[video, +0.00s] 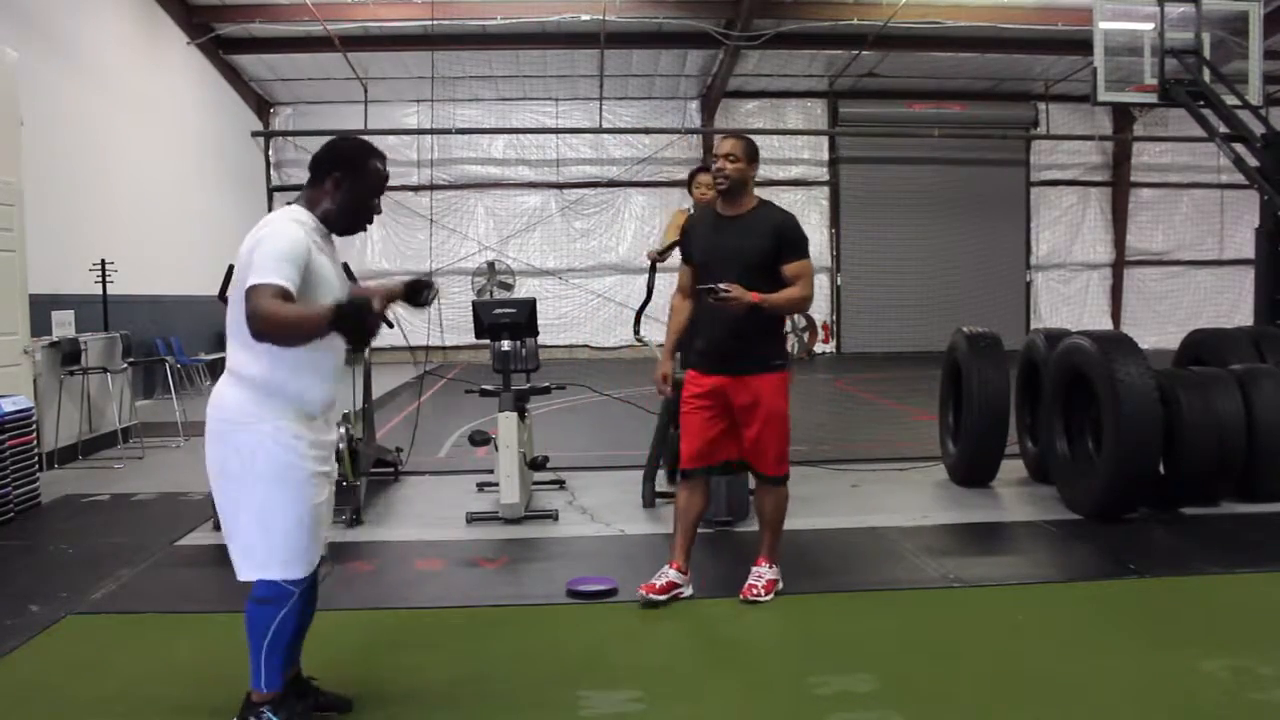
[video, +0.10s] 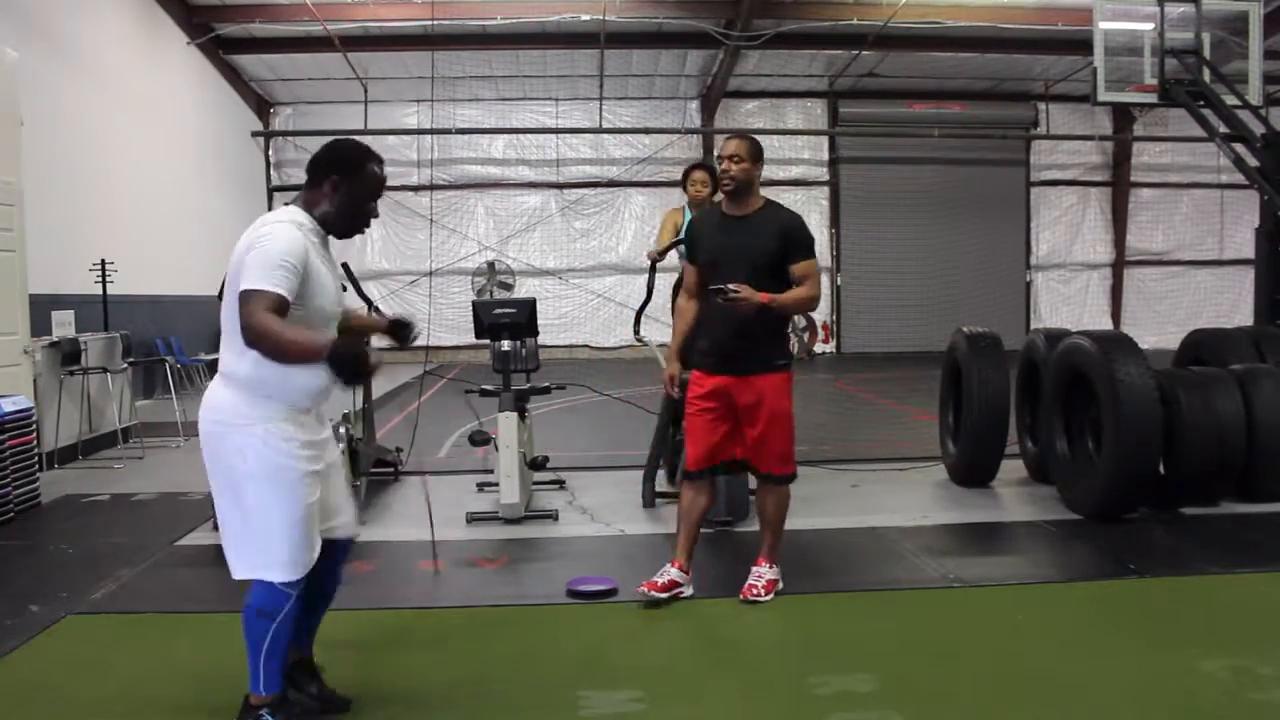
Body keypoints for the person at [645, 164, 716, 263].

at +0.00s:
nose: (703, 192)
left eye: (709, 188)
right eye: (697, 187)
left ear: (717, 191)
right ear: (690, 190)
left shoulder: (724, 218)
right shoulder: (682, 217)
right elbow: (669, 242)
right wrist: (660, 255)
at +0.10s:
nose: (698, 189)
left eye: (704, 185)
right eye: (693, 184)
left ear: (713, 189)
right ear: (685, 188)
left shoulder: (720, 214)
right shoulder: (675, 215)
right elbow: (665, 239)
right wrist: (658, 252)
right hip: (688, 283)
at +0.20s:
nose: (695, 193)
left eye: (701, 189)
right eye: (690, 188)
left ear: (710, 193)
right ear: (682, 191)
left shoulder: (716, 218)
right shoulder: (672, 219)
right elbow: (662, 243)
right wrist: (657, 254)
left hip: (715, 286)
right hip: (684, 285)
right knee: (682, 345)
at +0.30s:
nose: (694, 198)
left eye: (701, 194)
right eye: (689, 193)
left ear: (709, 198)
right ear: (680, 196)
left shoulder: (715, 223)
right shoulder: (670, 224)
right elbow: (660, 258)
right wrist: (657, 257)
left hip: (713, 293)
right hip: (682, 291)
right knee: (680, 349)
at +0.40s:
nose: (696, 201)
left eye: (702, 196)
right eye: (691, 195)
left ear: (711, 201)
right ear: (682, 198)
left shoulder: (715, 226)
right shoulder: (671, 226)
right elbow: (660, 260)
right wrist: (656, 257)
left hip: (712, 296)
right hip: (681, 293)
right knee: (679, 350)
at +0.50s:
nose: (701, 198)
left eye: (707, 194)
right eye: (696, 193)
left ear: (714, 198)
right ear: (686, 195)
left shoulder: (718, 224)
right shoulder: (674, 224)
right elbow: (661, 260)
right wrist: (656, 257)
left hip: (714, 296)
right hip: (684, 293)